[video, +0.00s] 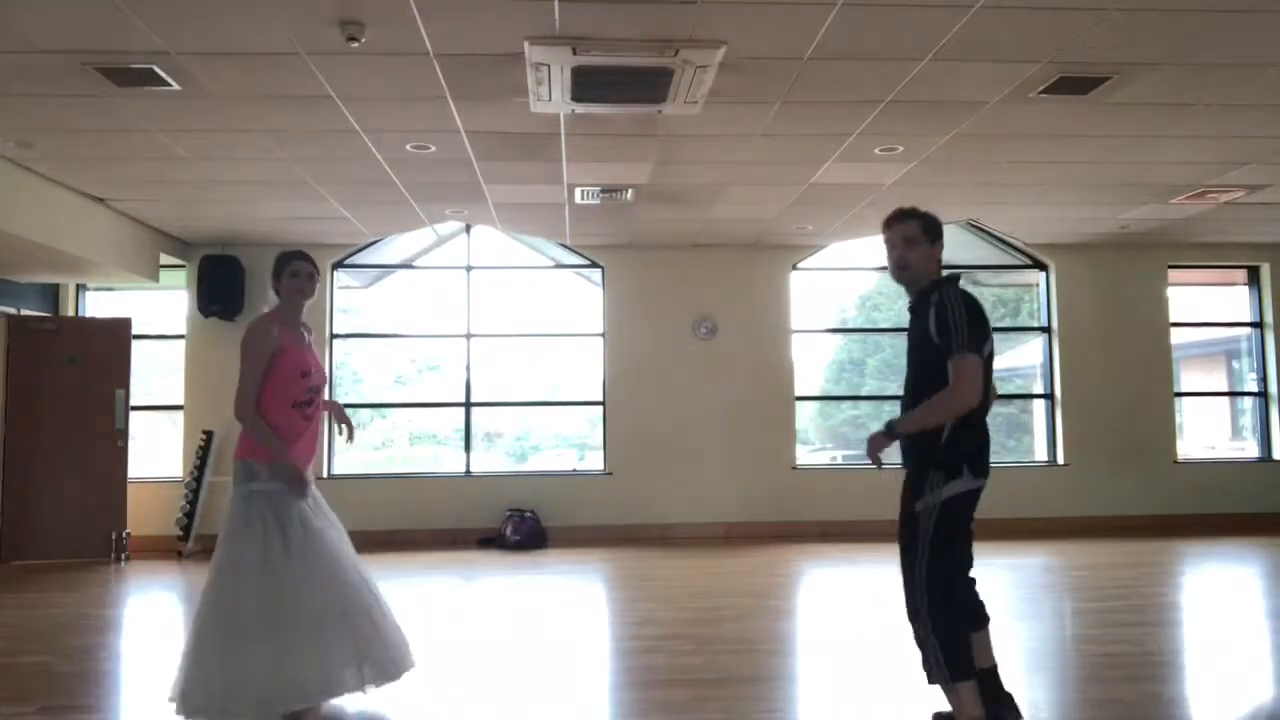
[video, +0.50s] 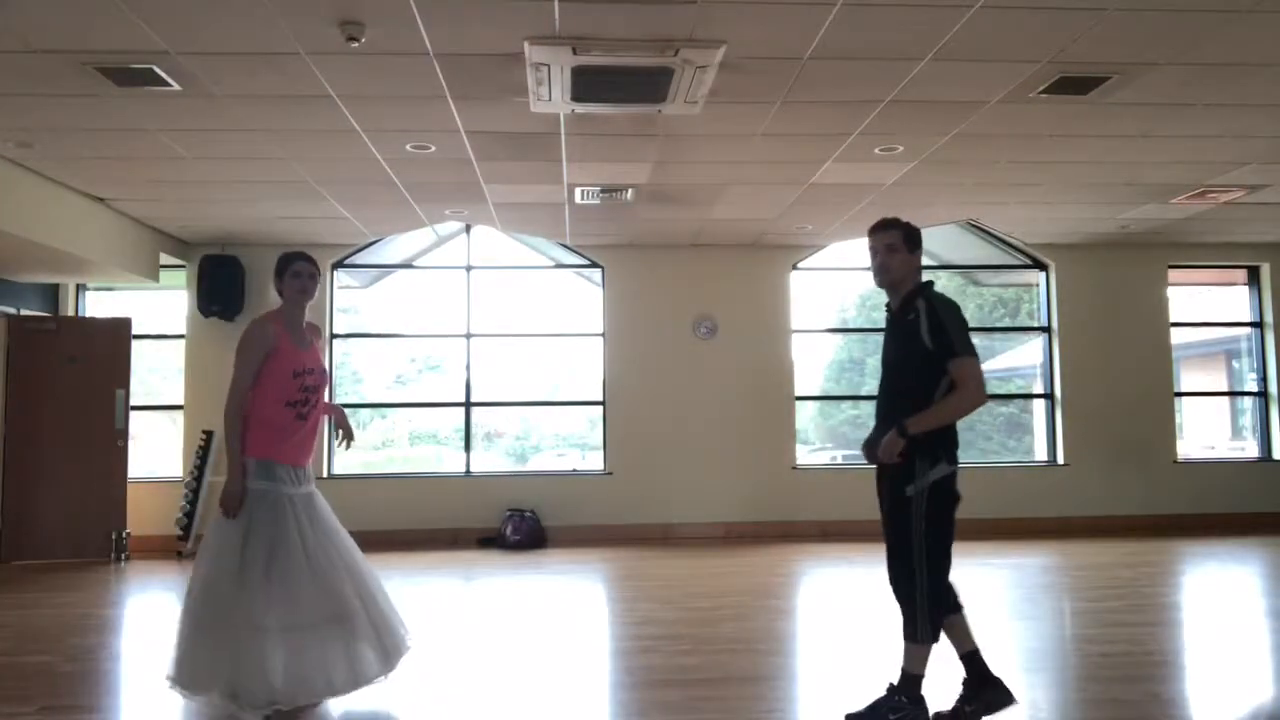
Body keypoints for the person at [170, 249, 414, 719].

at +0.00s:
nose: (303, 282)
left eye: (310, 277)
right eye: (294, 275)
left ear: (316, 286)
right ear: (276, 283)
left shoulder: (304, 332)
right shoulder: (263, 331)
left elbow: (298, 391)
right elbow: (243, 408)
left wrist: (332, 406)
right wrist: (285, 460)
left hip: (291, 469)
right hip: (263, 471)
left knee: (286, 578)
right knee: (279, 579)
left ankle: (286, 689)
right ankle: (280, 693)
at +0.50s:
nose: (304, 283)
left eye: (310, 277)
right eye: (296, 276)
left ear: (318, 286)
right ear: (279, 283)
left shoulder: (315, 333)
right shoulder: (261, 331)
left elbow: (305, 392)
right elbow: (235, 402)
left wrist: (334, 410)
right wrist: (234, 475)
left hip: (296, 470)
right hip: (262, 470)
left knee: (293, 576)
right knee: (260, 577)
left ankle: (288, 681)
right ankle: (251, 682)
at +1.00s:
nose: (261, 281)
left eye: (268, 275)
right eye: (252, 273)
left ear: (274, 286)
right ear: (232, 281)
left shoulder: (269, 335)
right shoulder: (215, 331)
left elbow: (258, 407)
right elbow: (187, 411)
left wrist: (301, 420)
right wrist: (197, 484)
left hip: (265, 485)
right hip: (225, 485)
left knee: (273, 597)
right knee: (225, 600)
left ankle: (276, 698)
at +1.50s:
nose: (244, 270)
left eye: (250, 262)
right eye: (233, 260)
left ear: (256, 274)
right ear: (210, 268)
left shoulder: (250, 329)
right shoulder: (185, 327)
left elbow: (234, 405)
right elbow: (156, 414)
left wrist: (273, 428)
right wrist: (174, 494)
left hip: (248, 493)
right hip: (193, 495)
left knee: (252, 624)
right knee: (187, 625)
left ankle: (249, 713)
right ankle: (183, 714)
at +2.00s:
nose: (268, 243)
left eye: (276, 237)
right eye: (256, 234)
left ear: (283, 249)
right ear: (233, 242)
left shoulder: (283, 310)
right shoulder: (207, 302)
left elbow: (275, 395)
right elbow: (164, 396)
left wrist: (326, 421)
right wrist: (164, 481)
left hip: (275, 485)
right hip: (212, 484)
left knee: (274, 627)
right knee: (205, 626)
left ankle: (265, 713)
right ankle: (198, 713)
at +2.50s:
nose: (265, 223)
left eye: (273, 216)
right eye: (252, 212)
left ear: (279, 229)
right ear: (224, 220)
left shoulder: (262, 297)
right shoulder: (207, 284)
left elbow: (240, 390)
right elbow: (169, 387)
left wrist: (288, 427)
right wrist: (178, 489)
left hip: (261, 498)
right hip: (213, 498)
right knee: (213, 655)